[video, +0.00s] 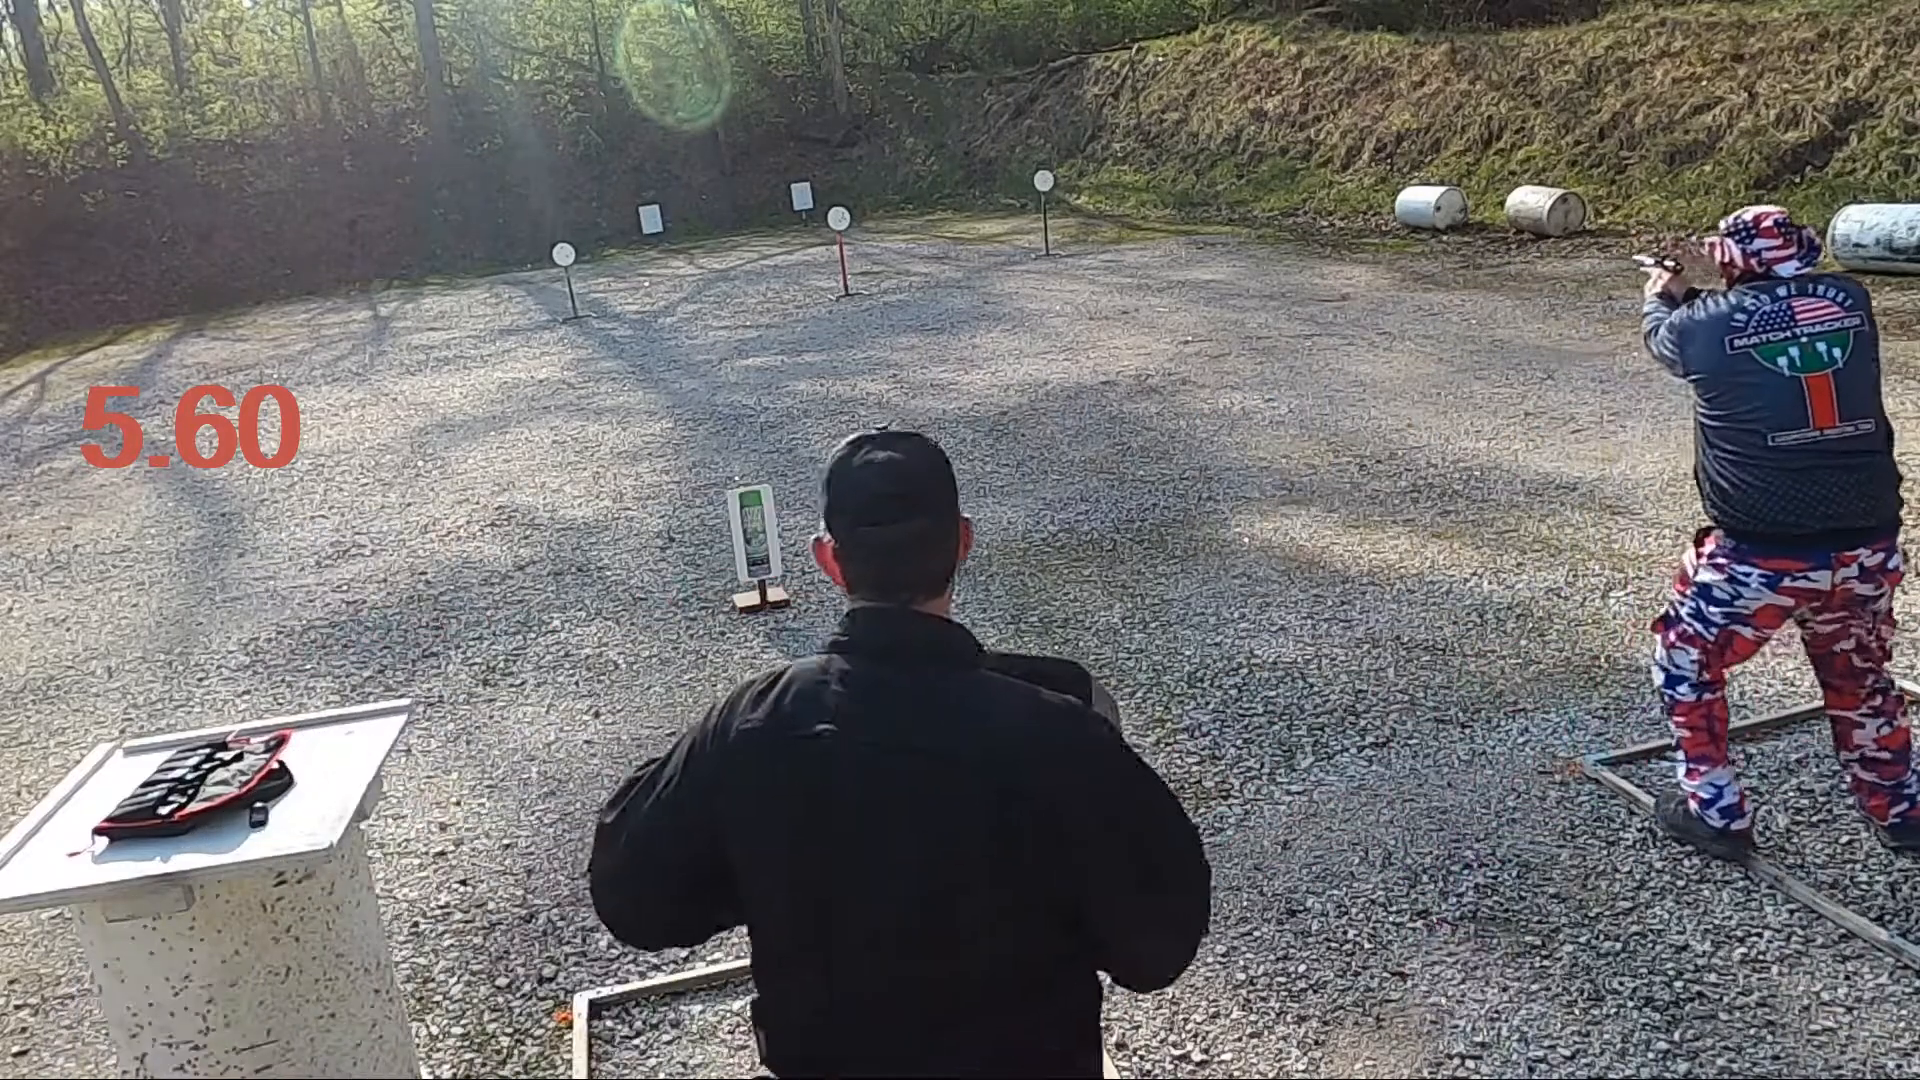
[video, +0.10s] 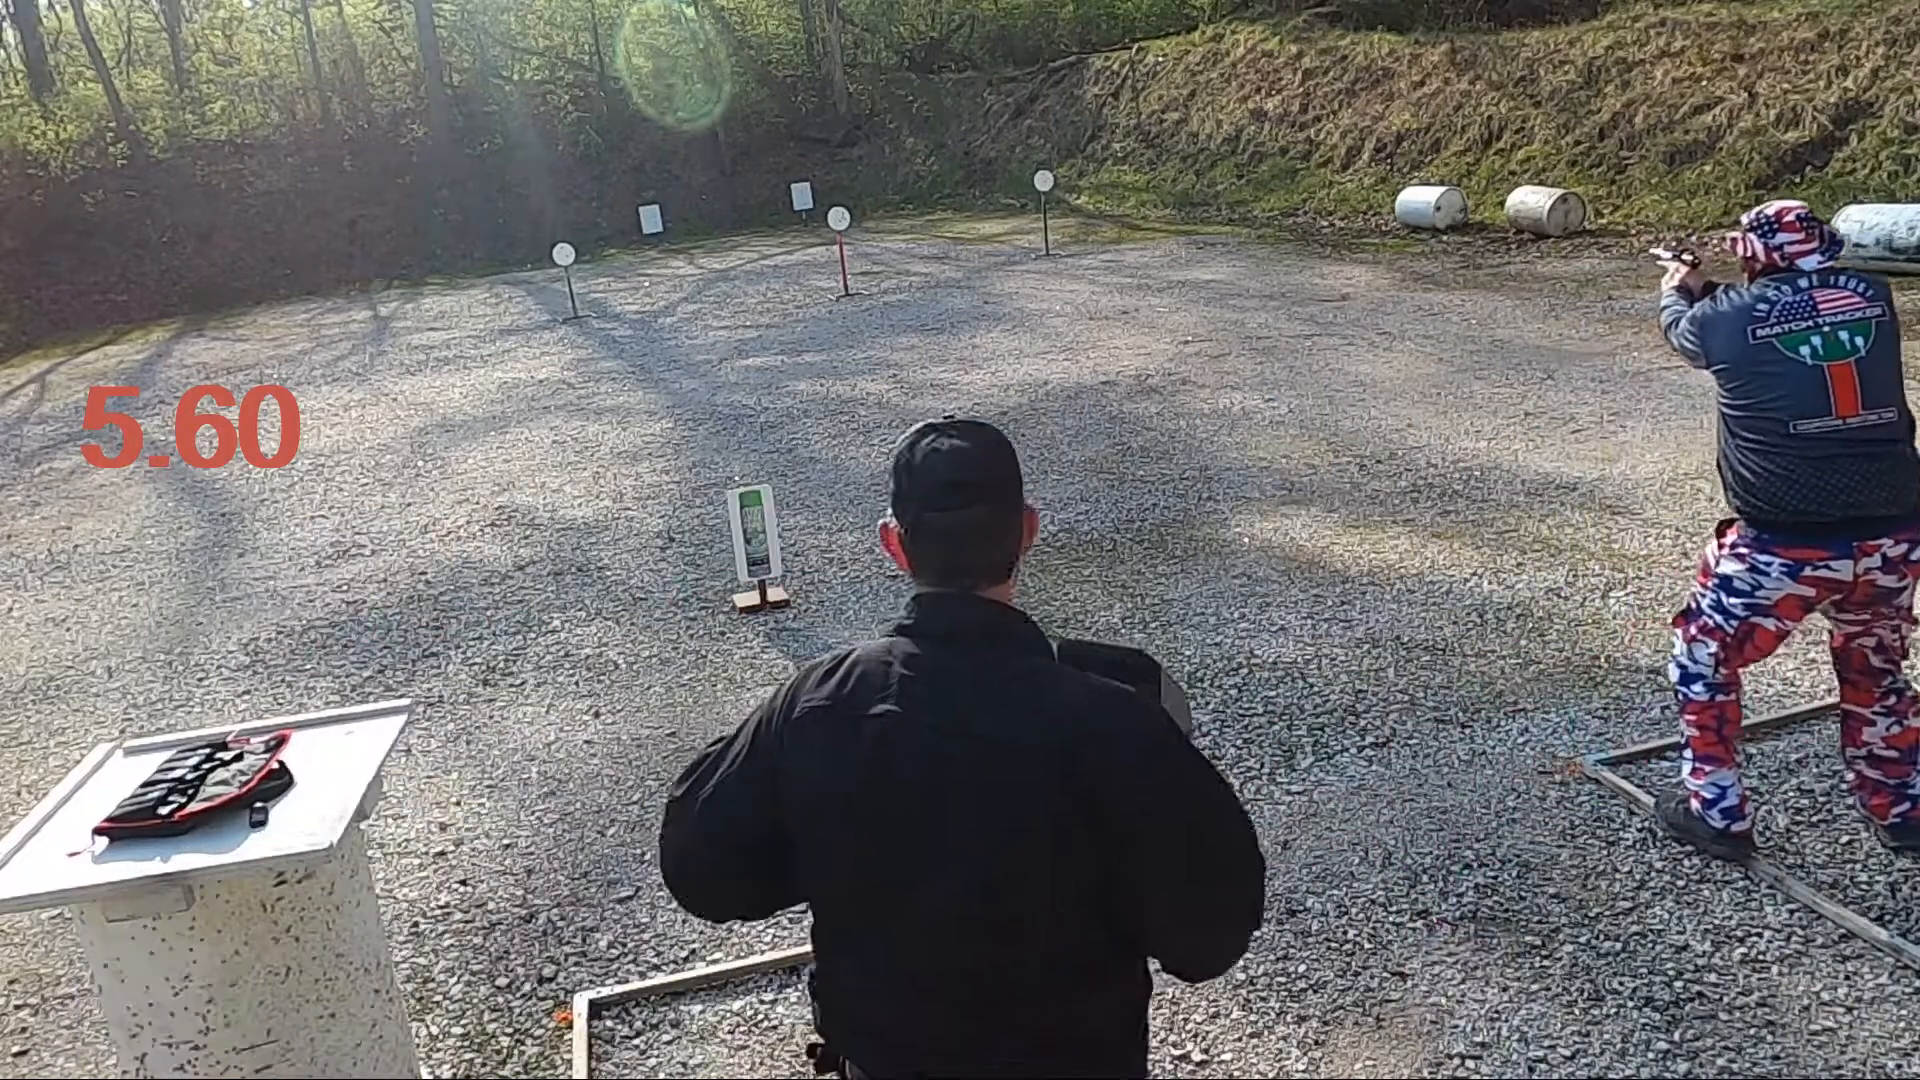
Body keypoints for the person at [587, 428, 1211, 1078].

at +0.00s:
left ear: (829, 560)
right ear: (963, 545)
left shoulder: (751, 731)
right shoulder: (1054, 736)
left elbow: (631, 901)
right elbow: (1159, 946)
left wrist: (780, 839)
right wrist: (1088, 751)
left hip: (821, 1063)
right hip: (1028, 1063)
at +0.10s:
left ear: (895, 545)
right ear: (1028, 532)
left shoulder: (817, 709)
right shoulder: (1107, 724)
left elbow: (698, 870)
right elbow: (1211, 936)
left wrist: (846, 827)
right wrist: (1164, 745)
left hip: (881, 1057)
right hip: (1076, 1059)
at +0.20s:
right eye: (1093, 507)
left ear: (957, 533)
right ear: (1089, 526)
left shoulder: (882, 694)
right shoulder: (1167, 717)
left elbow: (763, 843)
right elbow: (1261, 929)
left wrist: (904, 813)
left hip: (943, 1052)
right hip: (1125, 1056)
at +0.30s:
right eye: (1147, 508)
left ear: (1020, 528)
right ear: (1142, 525)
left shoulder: (946, 683)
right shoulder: (1214, 712)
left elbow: (833, 824)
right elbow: (1312, 919)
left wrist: (971, 798)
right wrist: (1252, 735)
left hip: (1009, 1043)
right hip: (1176, 1050)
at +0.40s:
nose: (1199, 512)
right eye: (1198, 499)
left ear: (1071, 525)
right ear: (1193, 516)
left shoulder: (1004, 673)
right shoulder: (1257, 706)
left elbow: (905, 809)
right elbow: (1365, 900)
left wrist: (1041, 798)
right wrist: (1309, 736)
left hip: (1073, 1031)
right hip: (1220, 1050)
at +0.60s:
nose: (1294, 468)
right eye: (1293, 455)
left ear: (1170, 485)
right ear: (1286, 480)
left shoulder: (1103, 626)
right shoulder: (1348, 663)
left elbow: (1006, 752)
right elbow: (1451, 852)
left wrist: (1140, 743)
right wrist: (1406, 692)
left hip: (1157, 989)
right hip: (1302, 1021)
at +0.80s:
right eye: (1393, 441)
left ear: (1271, 464)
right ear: (1389, 460)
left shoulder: (1196, 602)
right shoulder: (1453, 632)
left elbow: (1090, 727)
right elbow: (1547, 822)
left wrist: (1218, 708)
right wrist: (1496, 654)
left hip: (1245, 964)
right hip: (1400, 997)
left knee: (1265, 1061)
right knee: (1491, 1066)